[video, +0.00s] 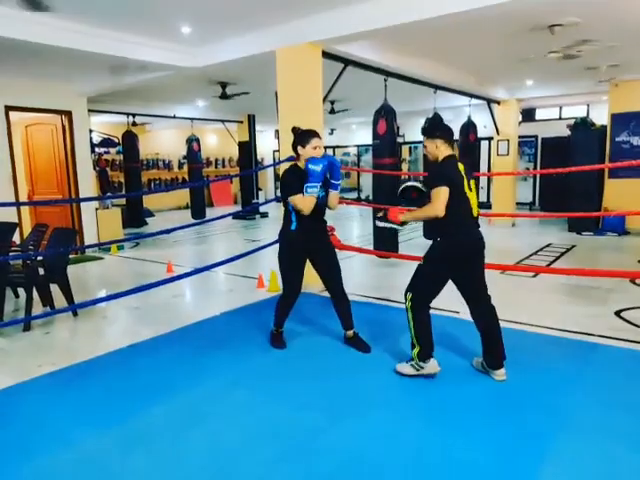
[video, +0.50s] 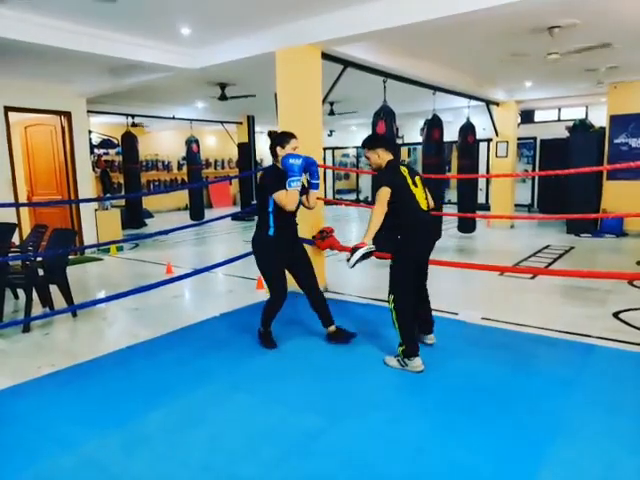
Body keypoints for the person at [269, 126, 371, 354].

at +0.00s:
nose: (320, 152)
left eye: (321, 148)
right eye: (315, 148)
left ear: (322, 149)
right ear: (300, 150)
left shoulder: (321, 171)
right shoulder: (290, 174)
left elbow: (332, 205)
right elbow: (305, 208)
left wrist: (334, 178)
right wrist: (314, 178)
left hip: (318, 236)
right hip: (293, 238)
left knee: (336, 287)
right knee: (292, 291)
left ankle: (350, 333)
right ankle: (277, 330)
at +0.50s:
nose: (297, 153)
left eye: (297, 149)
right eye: (293, 149)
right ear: (278, 150)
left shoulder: (292, 173)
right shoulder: (269, 175)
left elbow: (310, 203)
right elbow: (289, 204)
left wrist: (313, 177)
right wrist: (295, 176)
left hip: (290, 240)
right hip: (267, 242)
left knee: (310, 285)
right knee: (279, 293)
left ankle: (332, 329)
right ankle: (264, 329)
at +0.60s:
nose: (290, 148)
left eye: (291, 143)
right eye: (286, 143)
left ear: (281, 144)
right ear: (272, 144)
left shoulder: (286, 167)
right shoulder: (263, 168)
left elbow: (301, 200)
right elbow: (281, 200)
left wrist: (303, 175)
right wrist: (289, 172)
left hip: (280, 236)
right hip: (257, 237)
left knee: (299, 278)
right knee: (272, 288)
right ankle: (262, 328)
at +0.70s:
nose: (284, 150)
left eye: (285, 145)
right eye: (281, 145)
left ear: (271, 147)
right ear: (267, 146)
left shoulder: (277, 168)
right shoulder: (256, 169)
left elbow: (292, 201)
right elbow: (276, 203)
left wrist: (298, 178)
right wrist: (284, 176)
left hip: (273, 235)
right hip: (252, 235)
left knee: (289, 281)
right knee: (265, 289)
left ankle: (274, 322)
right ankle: (247, 327)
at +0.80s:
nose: (272, 158)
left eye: (271, 153)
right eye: (269, 154)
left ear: (257, 155)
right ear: (256, 155)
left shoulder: (261, 179)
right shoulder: (246, 181)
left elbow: (273, 212)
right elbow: (265, 215)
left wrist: (279, 189)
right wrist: (274, 188)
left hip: (260, 245)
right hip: (243, 245)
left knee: (280, 286)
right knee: (244, 301)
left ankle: (270, 327)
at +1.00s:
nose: (247, 156)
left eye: (247, 151)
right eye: (244, 151)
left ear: (230, 152)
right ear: (233, 152)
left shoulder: (231, 174)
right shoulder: (227, 177)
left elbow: (242, 208)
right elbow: (253, 206)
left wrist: (254, 210)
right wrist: (257, 179)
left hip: (230, 247)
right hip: (213, 249)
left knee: (246, 291)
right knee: (214, 305)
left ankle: (259, 330)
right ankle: (185, 353)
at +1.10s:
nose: (238, 147)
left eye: (237, 143)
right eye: (235, 143)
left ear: (219, 145)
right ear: (223, 144)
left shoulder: (215, 168)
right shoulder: (217, 170)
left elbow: (236, 200)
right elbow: (240, 202)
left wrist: (243, 181)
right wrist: (246, 176)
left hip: (213, 241)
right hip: (202, 243)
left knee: (231, 289)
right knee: (209, 300)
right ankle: (184, 351)